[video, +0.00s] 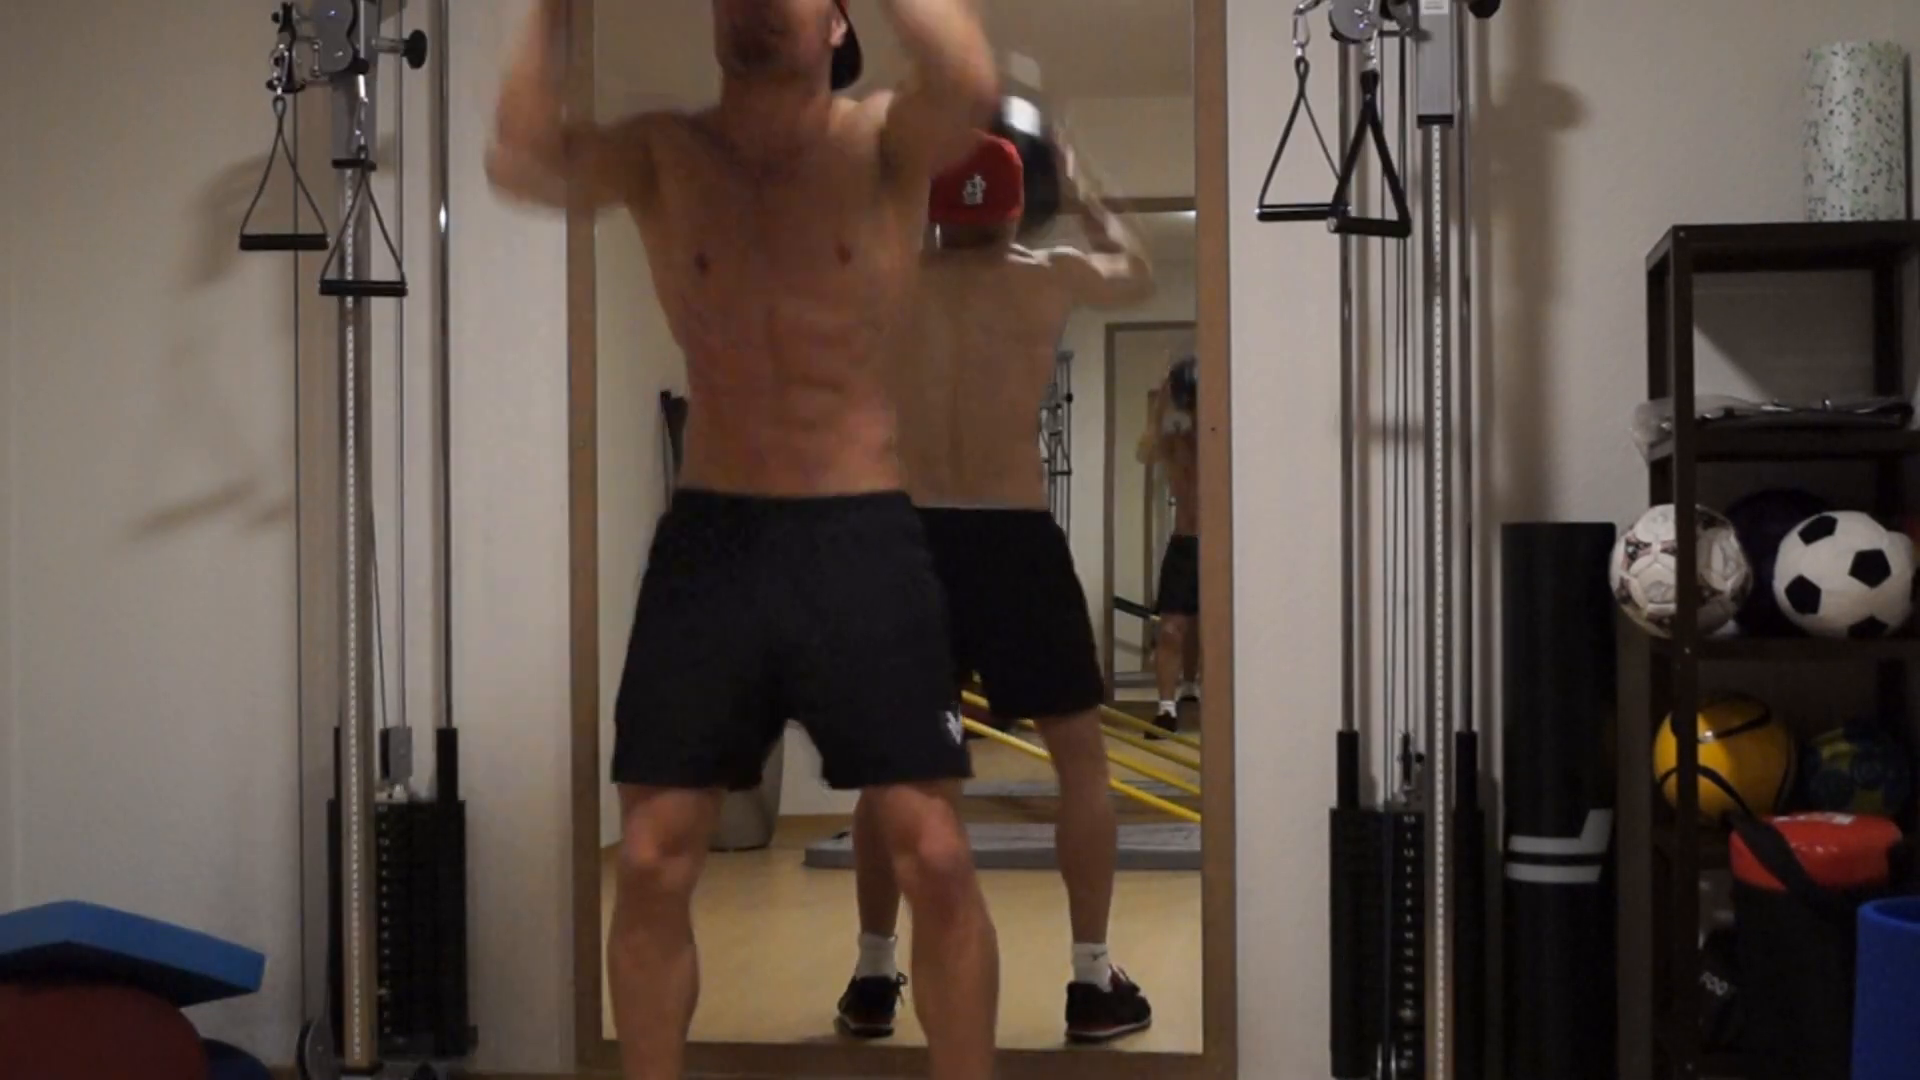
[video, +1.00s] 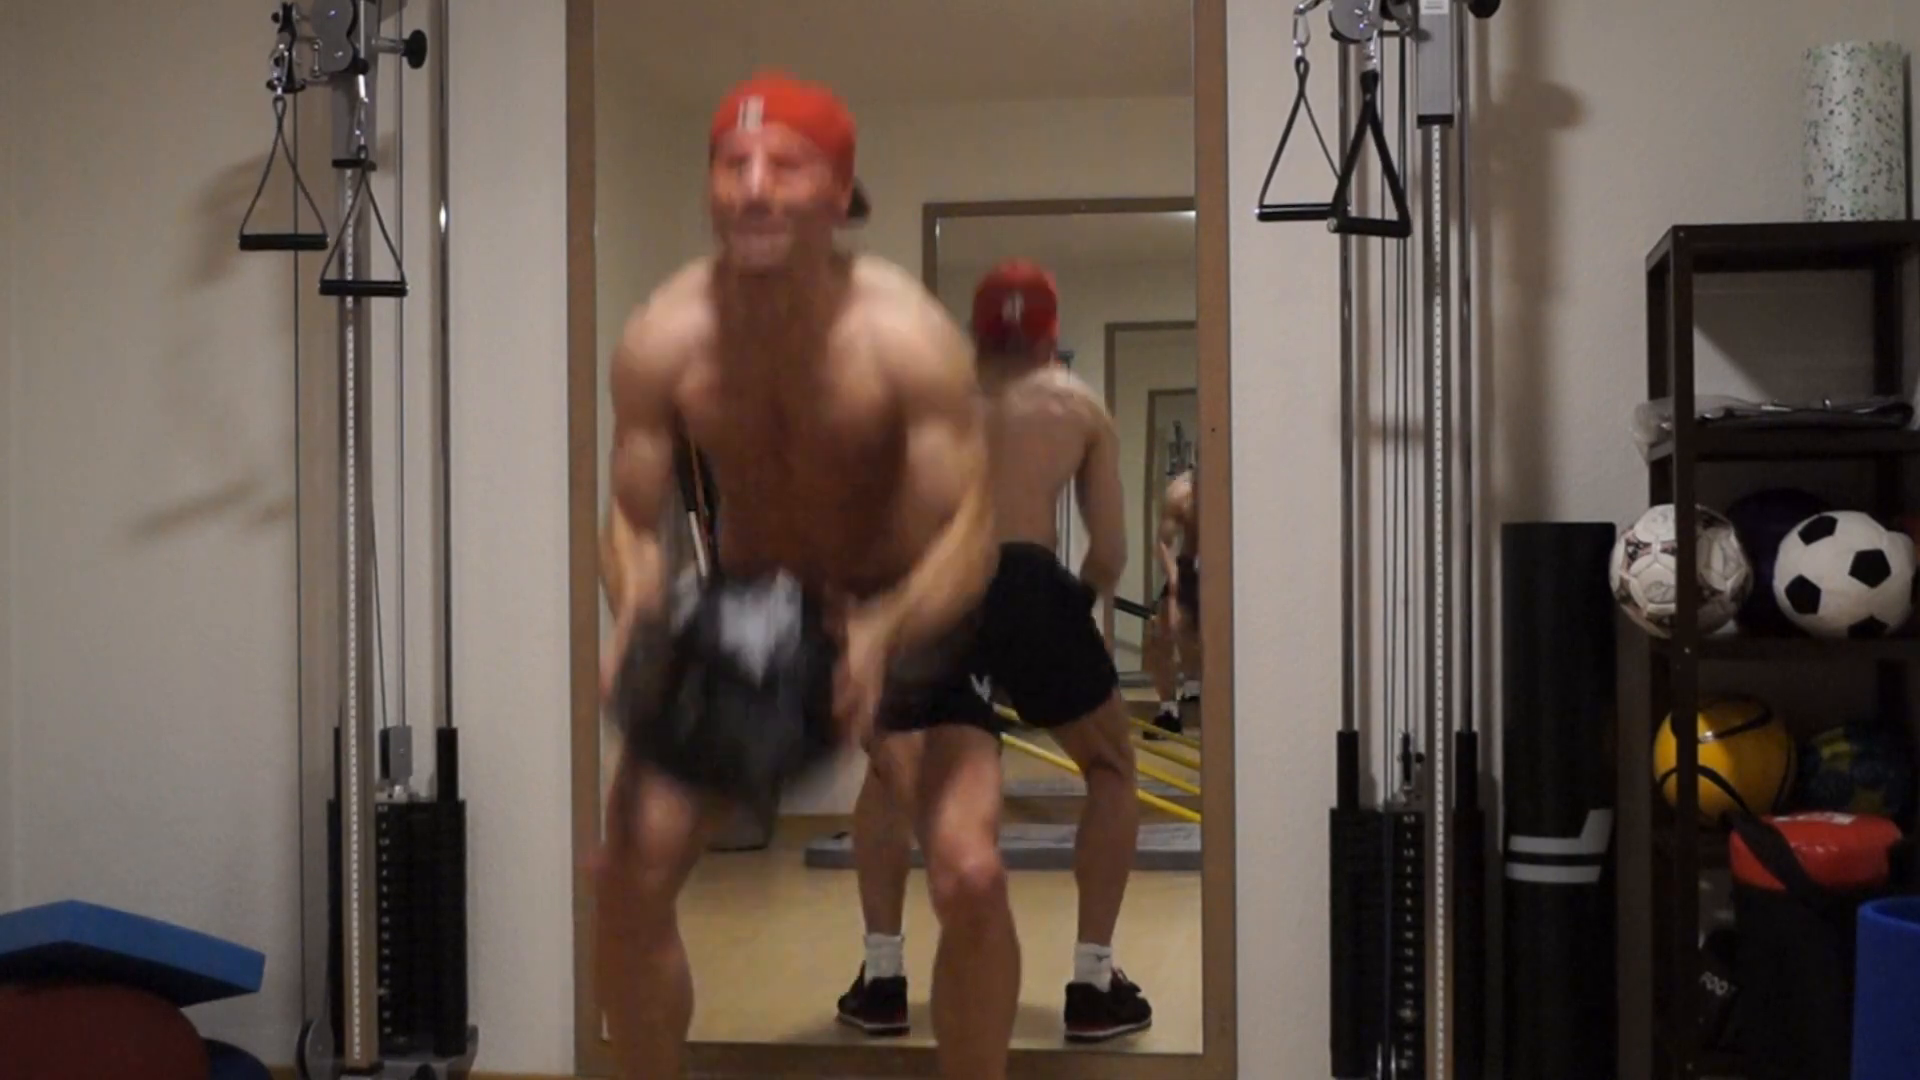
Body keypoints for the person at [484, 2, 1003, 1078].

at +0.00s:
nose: (753, 6)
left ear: (836, 24)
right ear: (713, 19)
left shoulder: (883, 142)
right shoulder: (661, 149)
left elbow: (967, 81)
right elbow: (521, 157)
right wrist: (557, 5)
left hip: (865, 537)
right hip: (711, 538)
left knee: (935, 858)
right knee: (651, 862)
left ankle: (962, 1070)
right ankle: (652, 1076)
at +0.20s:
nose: (758, 88)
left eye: (786, 70)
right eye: (738, 67)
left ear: (836, 105)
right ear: (709, 95)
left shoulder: (901, 244)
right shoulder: (654, 256)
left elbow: (963, 444)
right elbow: (612, 453)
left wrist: (877, 449)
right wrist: (665, 431)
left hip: (887, 598)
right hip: (728, 598)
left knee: (965, 876)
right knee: (619, 856)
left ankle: (974, 1071)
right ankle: (645, 1074)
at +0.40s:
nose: (736, 369)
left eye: (766, 339)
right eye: (713, 339)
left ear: (821, 337)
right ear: (688, 336)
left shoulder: (893, 461)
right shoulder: (654, 473)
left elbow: (915, 703)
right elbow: (651, 706)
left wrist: (884, 921)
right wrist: (638, 918)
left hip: (881, 683)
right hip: (741, 684)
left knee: (995, 885)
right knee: (585, 881)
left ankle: (980, 1071)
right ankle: (635, 1069)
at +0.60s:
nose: (742, 624)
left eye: (772, 590)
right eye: (715, 589)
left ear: (826, 566)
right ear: (692, 570)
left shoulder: (904, 659)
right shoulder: (650, 661)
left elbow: (906, 895)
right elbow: (665, 892)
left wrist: (899, 1070)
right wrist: (662, 1068)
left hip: (885, 776)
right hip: (736, 782)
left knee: (1000, 903)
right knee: (572, 899)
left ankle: (995, 1071)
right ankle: (625, 1070)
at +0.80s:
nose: (743, 510)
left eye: (771, 481)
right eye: (718, 480)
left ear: (827, 469)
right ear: (693, 470)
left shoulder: (908, 570)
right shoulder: (655, 568)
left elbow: (915, 795)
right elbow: (664, 788)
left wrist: (891, 987)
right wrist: (654, 976)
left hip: (889, 719)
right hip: (744, 727)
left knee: (1001, 892)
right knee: (581, 885)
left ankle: (986, 1067)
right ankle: (611, 1068)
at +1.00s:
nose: (755, 189)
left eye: (786, 166)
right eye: (736, 164)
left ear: (839, 193)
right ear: (710, 184)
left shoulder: (907, 332)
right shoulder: (663, 336)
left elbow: (969, 531)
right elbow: (637, 515)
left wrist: (888, 632)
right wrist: (641, 624)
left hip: (900, 614)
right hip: (740, 620)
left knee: (970, 875)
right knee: (631, 872)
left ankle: (976, 1070)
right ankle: (652, 1073)